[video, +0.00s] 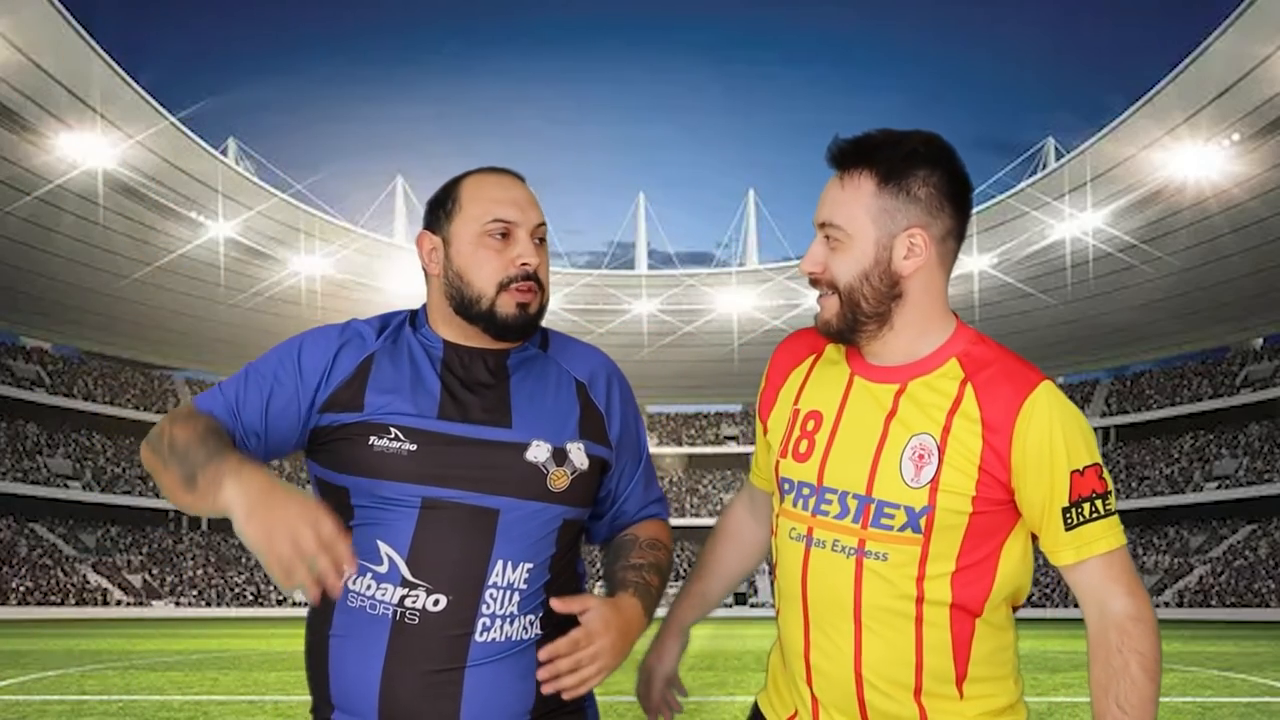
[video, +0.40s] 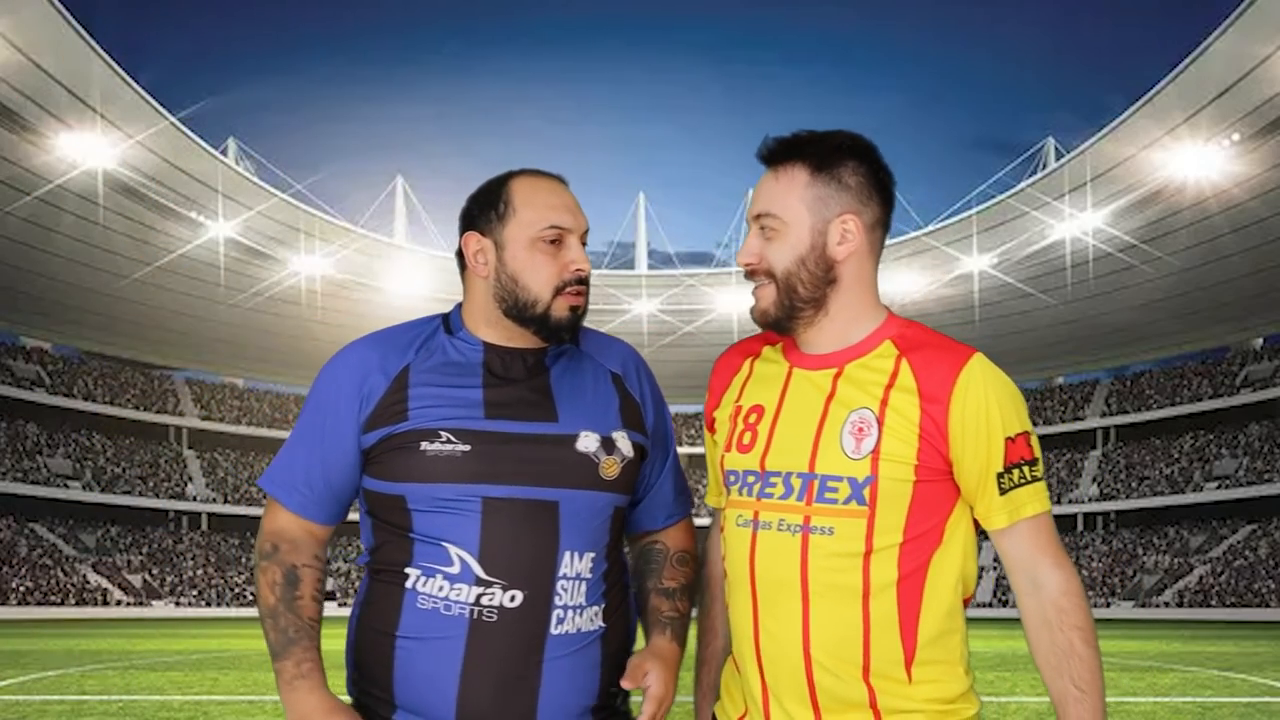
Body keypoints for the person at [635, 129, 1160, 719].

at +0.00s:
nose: (809, 265)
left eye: (832, 237)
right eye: (818, 236)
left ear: (910, 252)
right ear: (907, 252)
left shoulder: (1023, 408)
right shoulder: (794, 365)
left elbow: (1120, 617)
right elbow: (755, 506)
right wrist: (673, 626)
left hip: (952, 708)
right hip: (786, 708)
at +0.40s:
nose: (745, 257)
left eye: (767, 230)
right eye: (750, 231)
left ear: (843, 236)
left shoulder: (959, 385)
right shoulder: (733, 375)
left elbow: (1042, 581)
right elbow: (723, 551)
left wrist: (1085, 713)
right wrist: (706, 700)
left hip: (906, 706)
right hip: (748, 706)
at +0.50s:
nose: (729, 261)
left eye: (752, 234)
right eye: (730, 237)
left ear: (829, 236)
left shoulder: (940, 382)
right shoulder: (714, 378)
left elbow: (1022, 573)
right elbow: (709, 568)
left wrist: (1059, 714)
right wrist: (703, 699)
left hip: (893, 705)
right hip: (733, 706)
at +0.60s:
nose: (722, 270)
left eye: (749, 241)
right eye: (714, 248)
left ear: (820, 237)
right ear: (709, 255)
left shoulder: (921, 381)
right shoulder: (696, 379)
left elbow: (1005, 573)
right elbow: (677, 554)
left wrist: (1033, 713)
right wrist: (659, 687)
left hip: (880, 705)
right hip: (722, 706)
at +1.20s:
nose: (655, 299)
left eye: (683, 271)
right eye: (644, 269)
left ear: (753, 266)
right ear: (634, 263)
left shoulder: (852, 385)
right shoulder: (624, 385)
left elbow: (940, 572)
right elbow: (619, 556)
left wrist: (996, 714)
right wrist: (595, 712)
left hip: (825, 705)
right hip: (674, 708)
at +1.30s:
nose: (629, 289)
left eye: (655, 262)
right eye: (630, 259)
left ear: (736, 268)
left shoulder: (845, 393)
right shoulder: (625, 380)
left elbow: (926, 590)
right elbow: (614, 555)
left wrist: (972, 713)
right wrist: (588, 709)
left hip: (804, 706)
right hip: (655, 707)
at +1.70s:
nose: (607, 251)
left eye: (632, 225)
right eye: (616, 222)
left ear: (709, 241)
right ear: (707, 243)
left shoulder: (807, 392)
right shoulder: (626, 367)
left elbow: (861, 628)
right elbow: (607, 573)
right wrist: (568, 700)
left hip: (733, 705)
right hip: (600, 705)